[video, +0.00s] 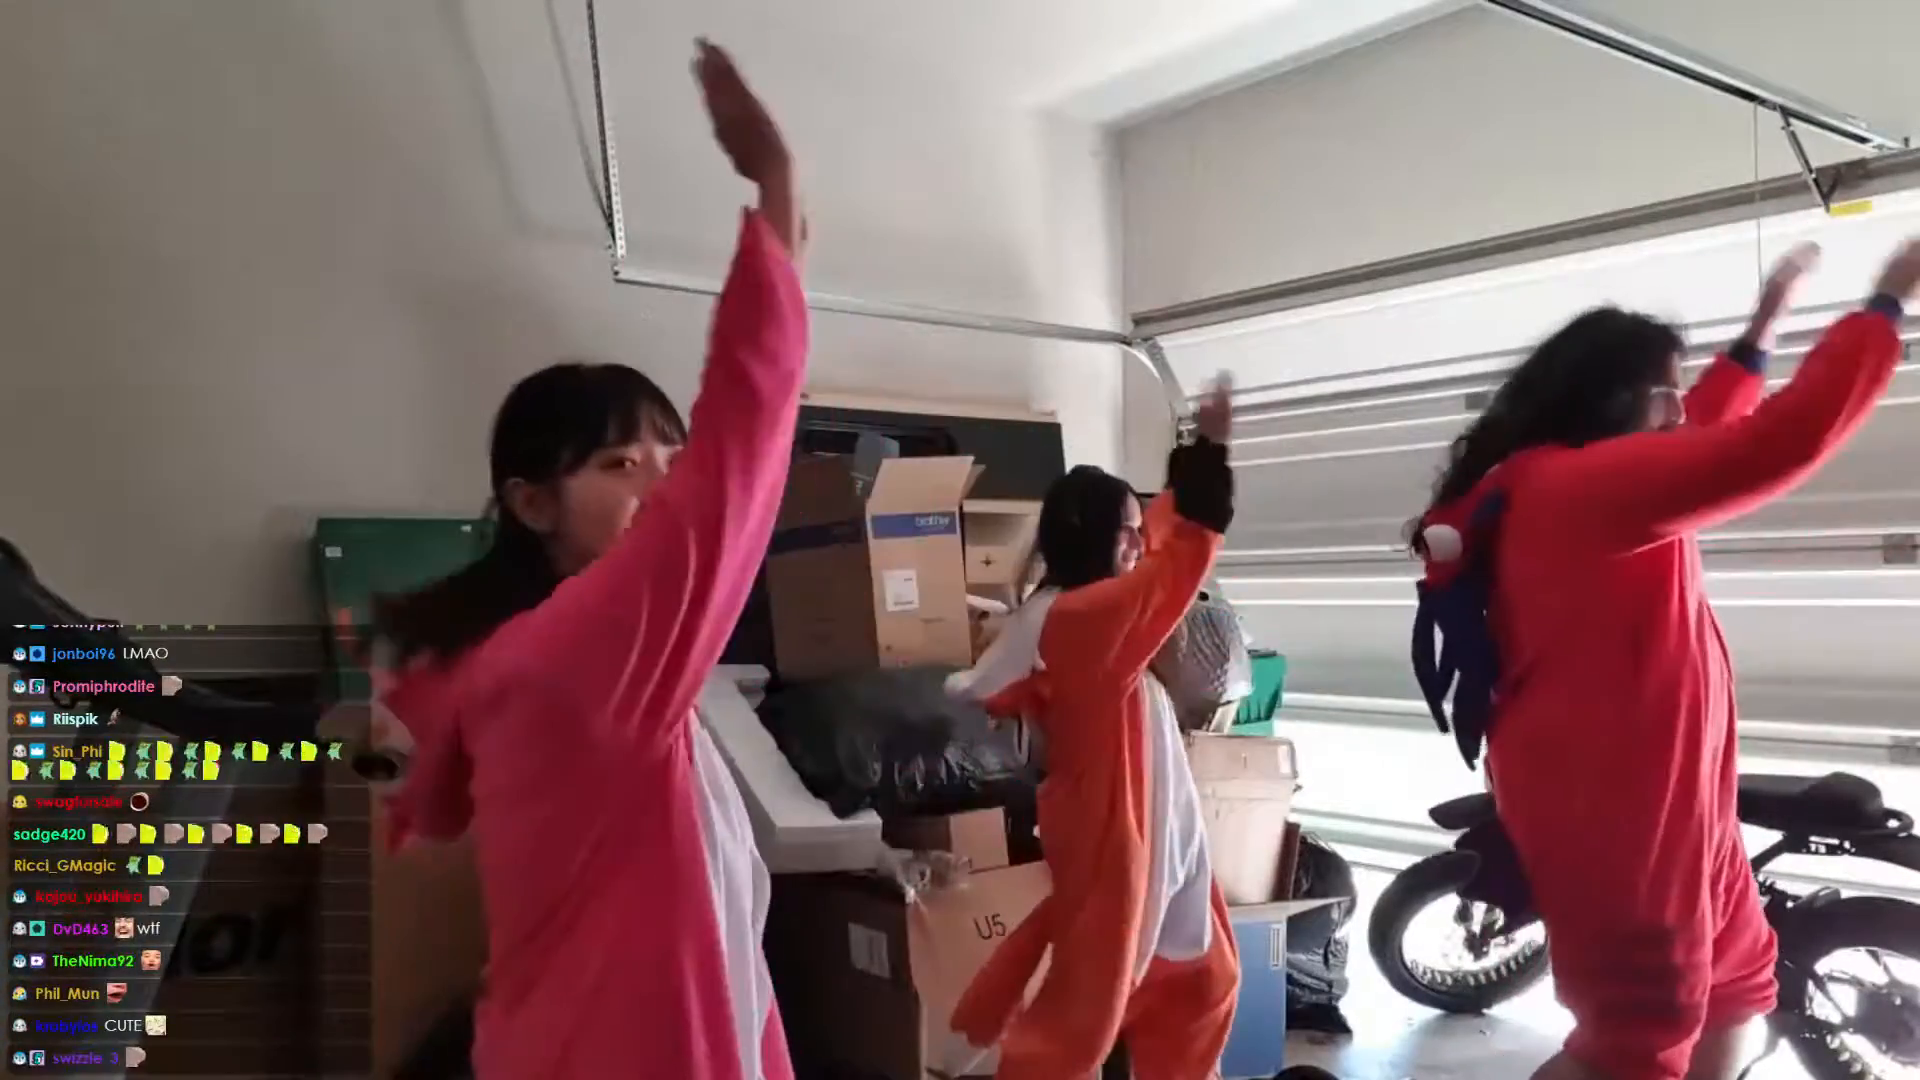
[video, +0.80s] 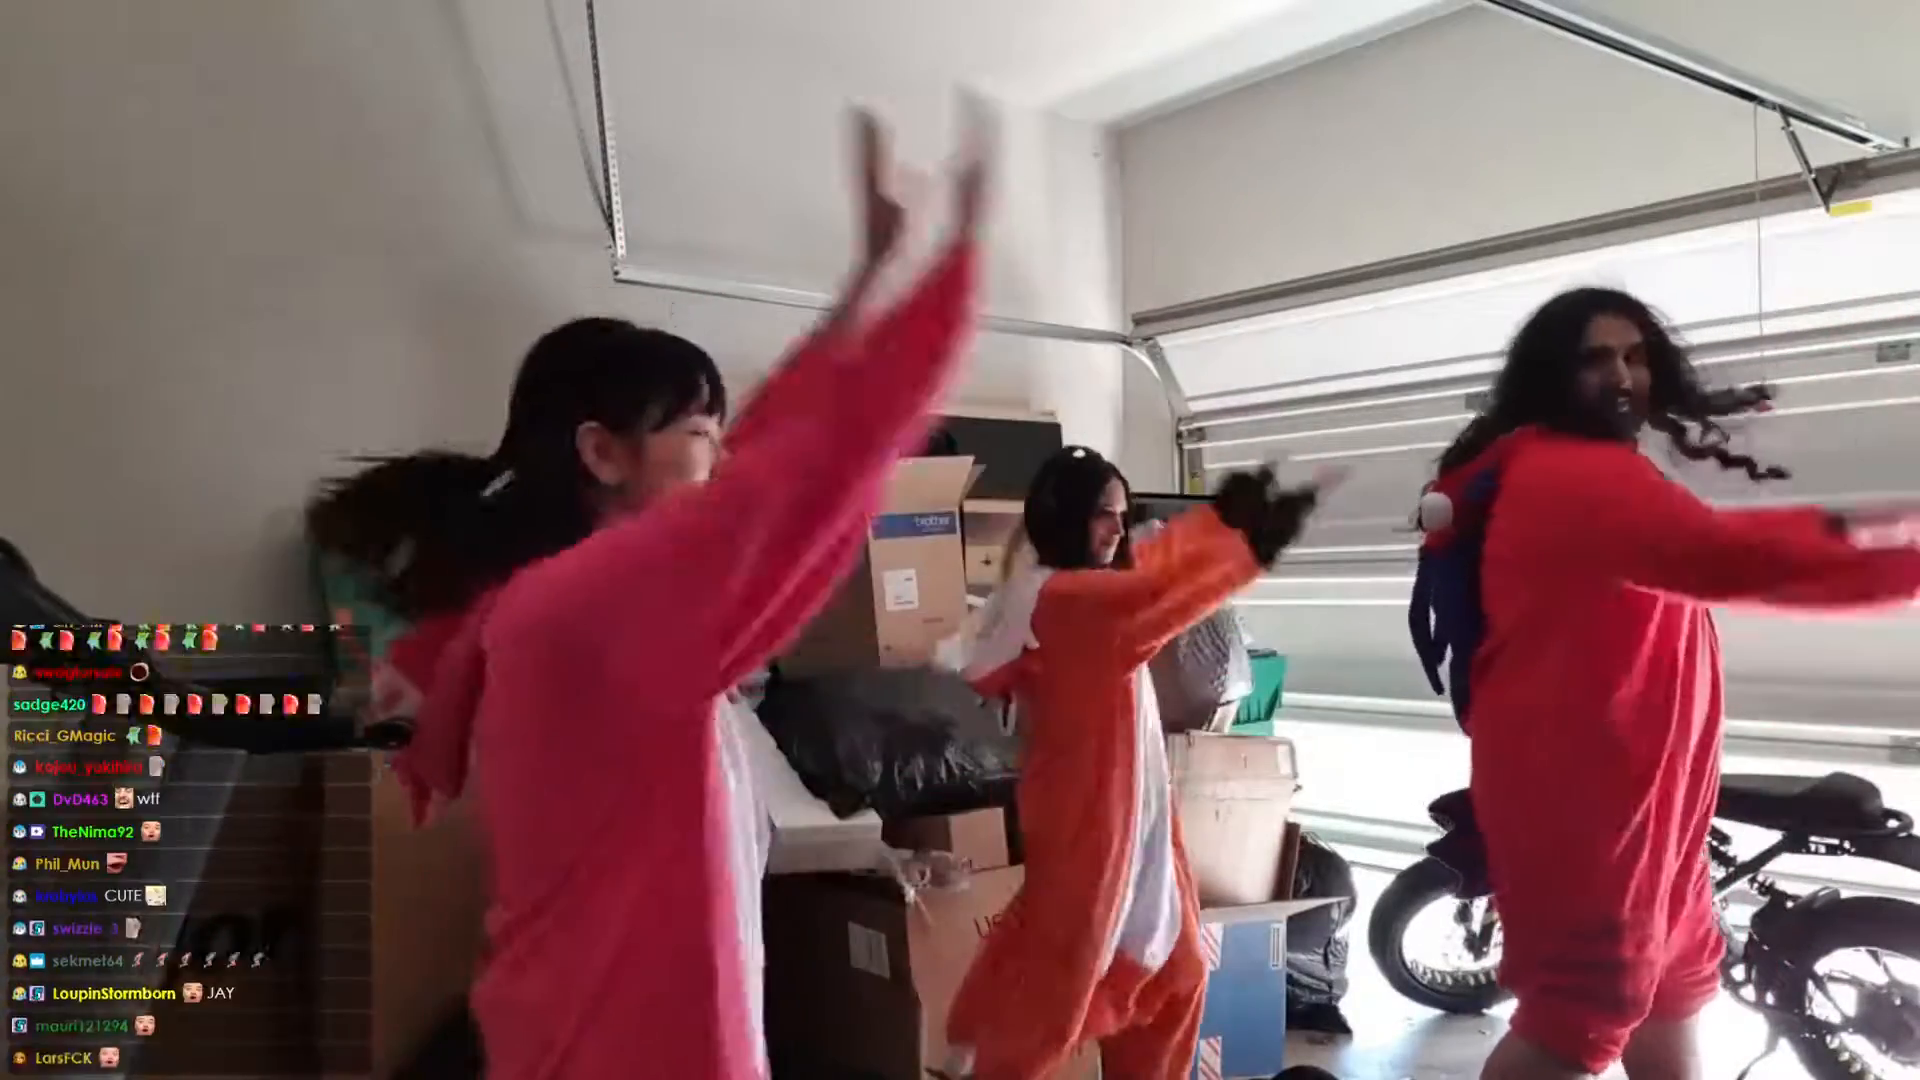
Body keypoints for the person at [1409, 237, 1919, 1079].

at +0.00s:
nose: (1681, 415)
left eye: (1680, 397)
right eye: (1666, 397)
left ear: (1585, 399)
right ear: (1613, 400)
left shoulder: (1604, 481)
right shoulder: (1566, 490)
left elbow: (1699, 435)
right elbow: (1778, 446)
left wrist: (1763, 327)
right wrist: (1888, 304)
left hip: (1670, 791)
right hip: (1610, 813)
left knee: (1738, 982)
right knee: (1640, 1036)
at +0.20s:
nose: (1687, 412)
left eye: (1686, 392)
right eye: (1674, 391)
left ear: (1588, 385)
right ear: (1624, 393)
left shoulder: (1596, 473)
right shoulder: (1573, 482)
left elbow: (1694, 464)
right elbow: (1791, 482)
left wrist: (1747, 357)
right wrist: (1894, 333)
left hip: (1664, 792)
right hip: (1609, 811)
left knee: (1729, 982)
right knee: (1638, 1034)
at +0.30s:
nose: (1690, 388)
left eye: (1690, 367)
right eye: (1673, 368)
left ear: (1588, 371)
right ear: (1619, 371)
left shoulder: (1593, 466)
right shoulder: (1587, 474)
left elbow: (1688, 531)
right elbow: (1766, 561)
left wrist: (1793, 489)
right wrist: (1915, 521)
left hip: (1652, 784)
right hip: (1597, 795)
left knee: (1692, 979)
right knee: (1616, 1023)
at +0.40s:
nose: (1705, 382)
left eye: (1713, 364)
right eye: (1683, 360)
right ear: (1625, 368)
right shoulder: (1606, 482)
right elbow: (1703, 636)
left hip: (1633, 789)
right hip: (1589, 799)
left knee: (1665, 987)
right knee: (1594, 1022)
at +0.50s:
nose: (1709, 383)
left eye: (1721, 367)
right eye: (1686, 361)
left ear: (1734, 386)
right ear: (1632, 370)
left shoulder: (1648, 480)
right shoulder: (1613, 486)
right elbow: (1651, 668)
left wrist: (1705, 792)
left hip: (1628, 779)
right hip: (1579, 786)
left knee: (1662, 989)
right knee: (1591, 1022)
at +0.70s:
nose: (1654, 374)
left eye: (1665, 356)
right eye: (1628, 354)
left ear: (1679, 370)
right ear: (1580, 366)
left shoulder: (1637, 474)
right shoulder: (1579, 479)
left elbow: (1697, 607)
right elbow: (1678, 634)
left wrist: (1781, 677)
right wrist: (1801, 744)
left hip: (1644, 793)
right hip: (1575, 803)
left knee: (1656, 992)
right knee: (1578, 1016)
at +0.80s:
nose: (1624, 378)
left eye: (1637, 358)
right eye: (1598, 361)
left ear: (1655, 371)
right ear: (1550, 378)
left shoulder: (1604, 471)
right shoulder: (1558, 476)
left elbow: (1705, 543)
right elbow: (1718, 556)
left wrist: (1834, 526)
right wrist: (1904, 566)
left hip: (1647, 795)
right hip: (1577, 804)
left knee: (1671, 988)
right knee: (1578, 1018)